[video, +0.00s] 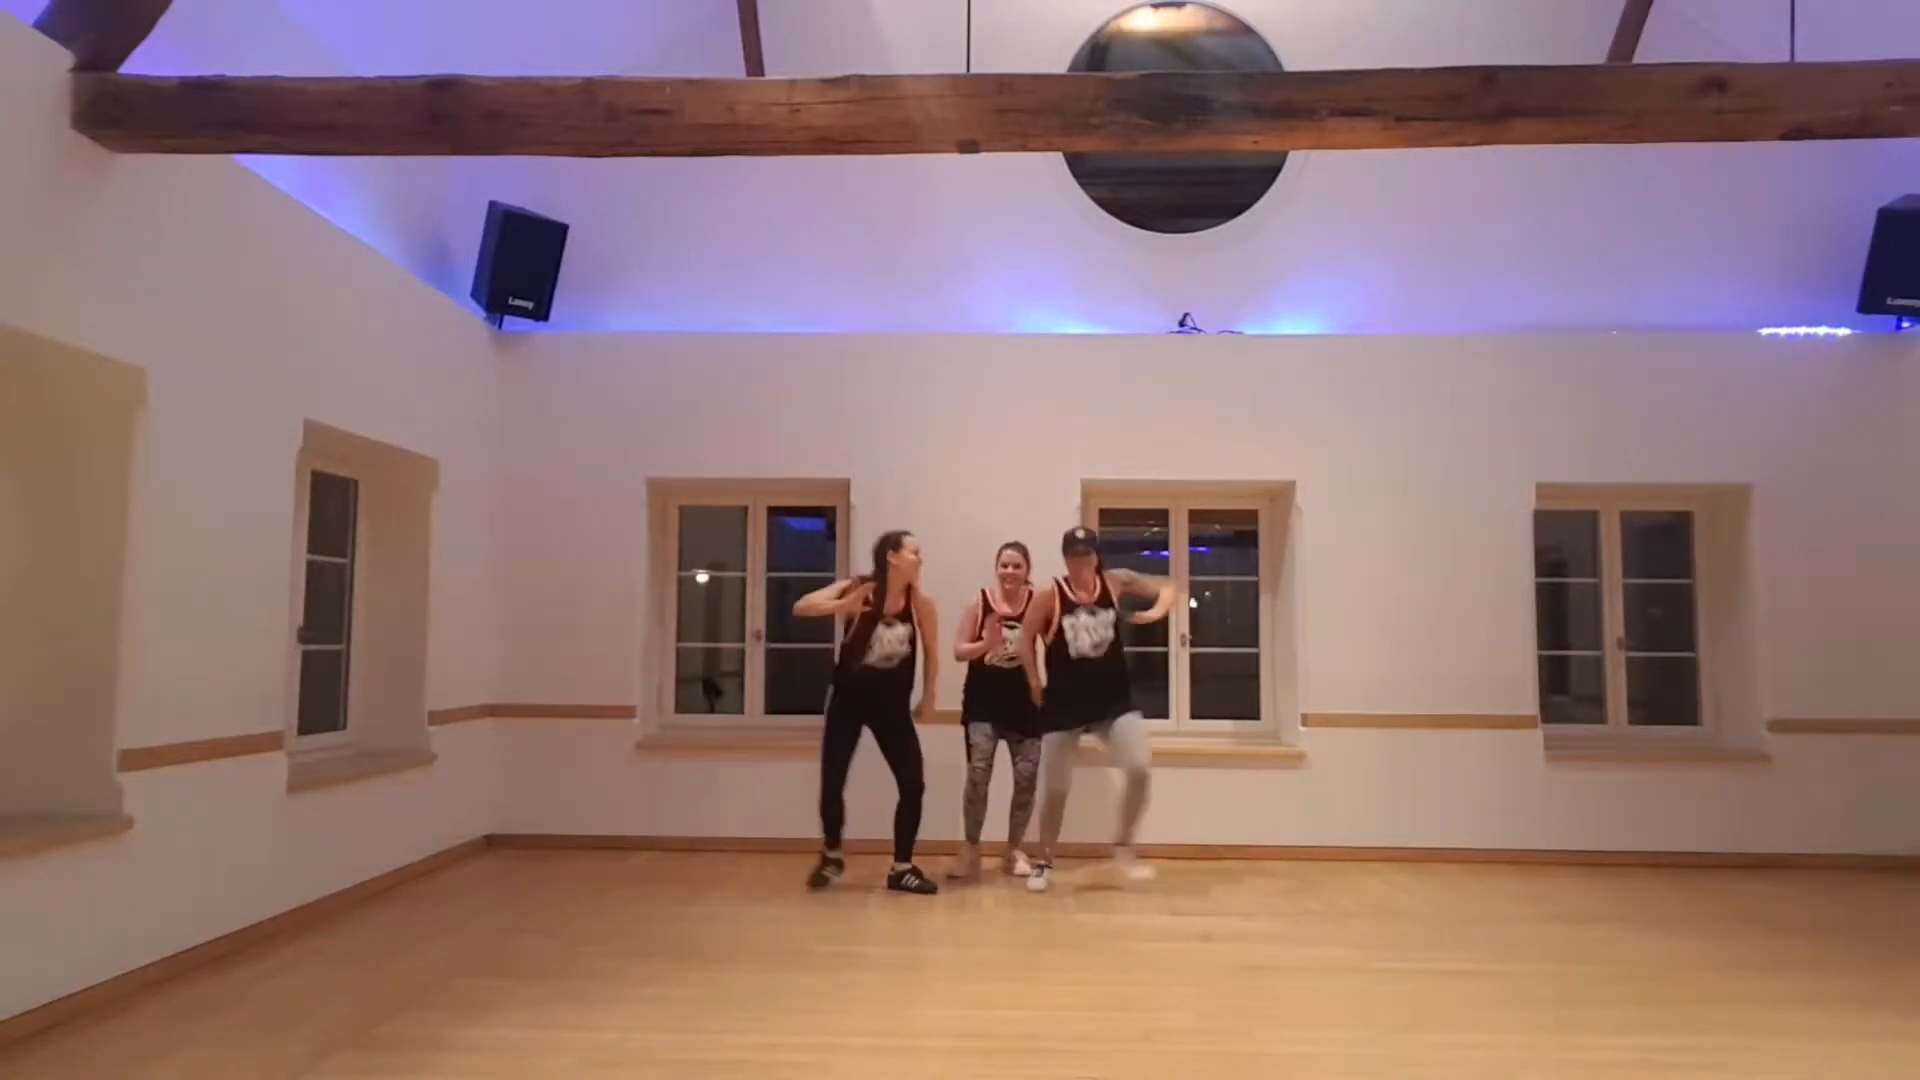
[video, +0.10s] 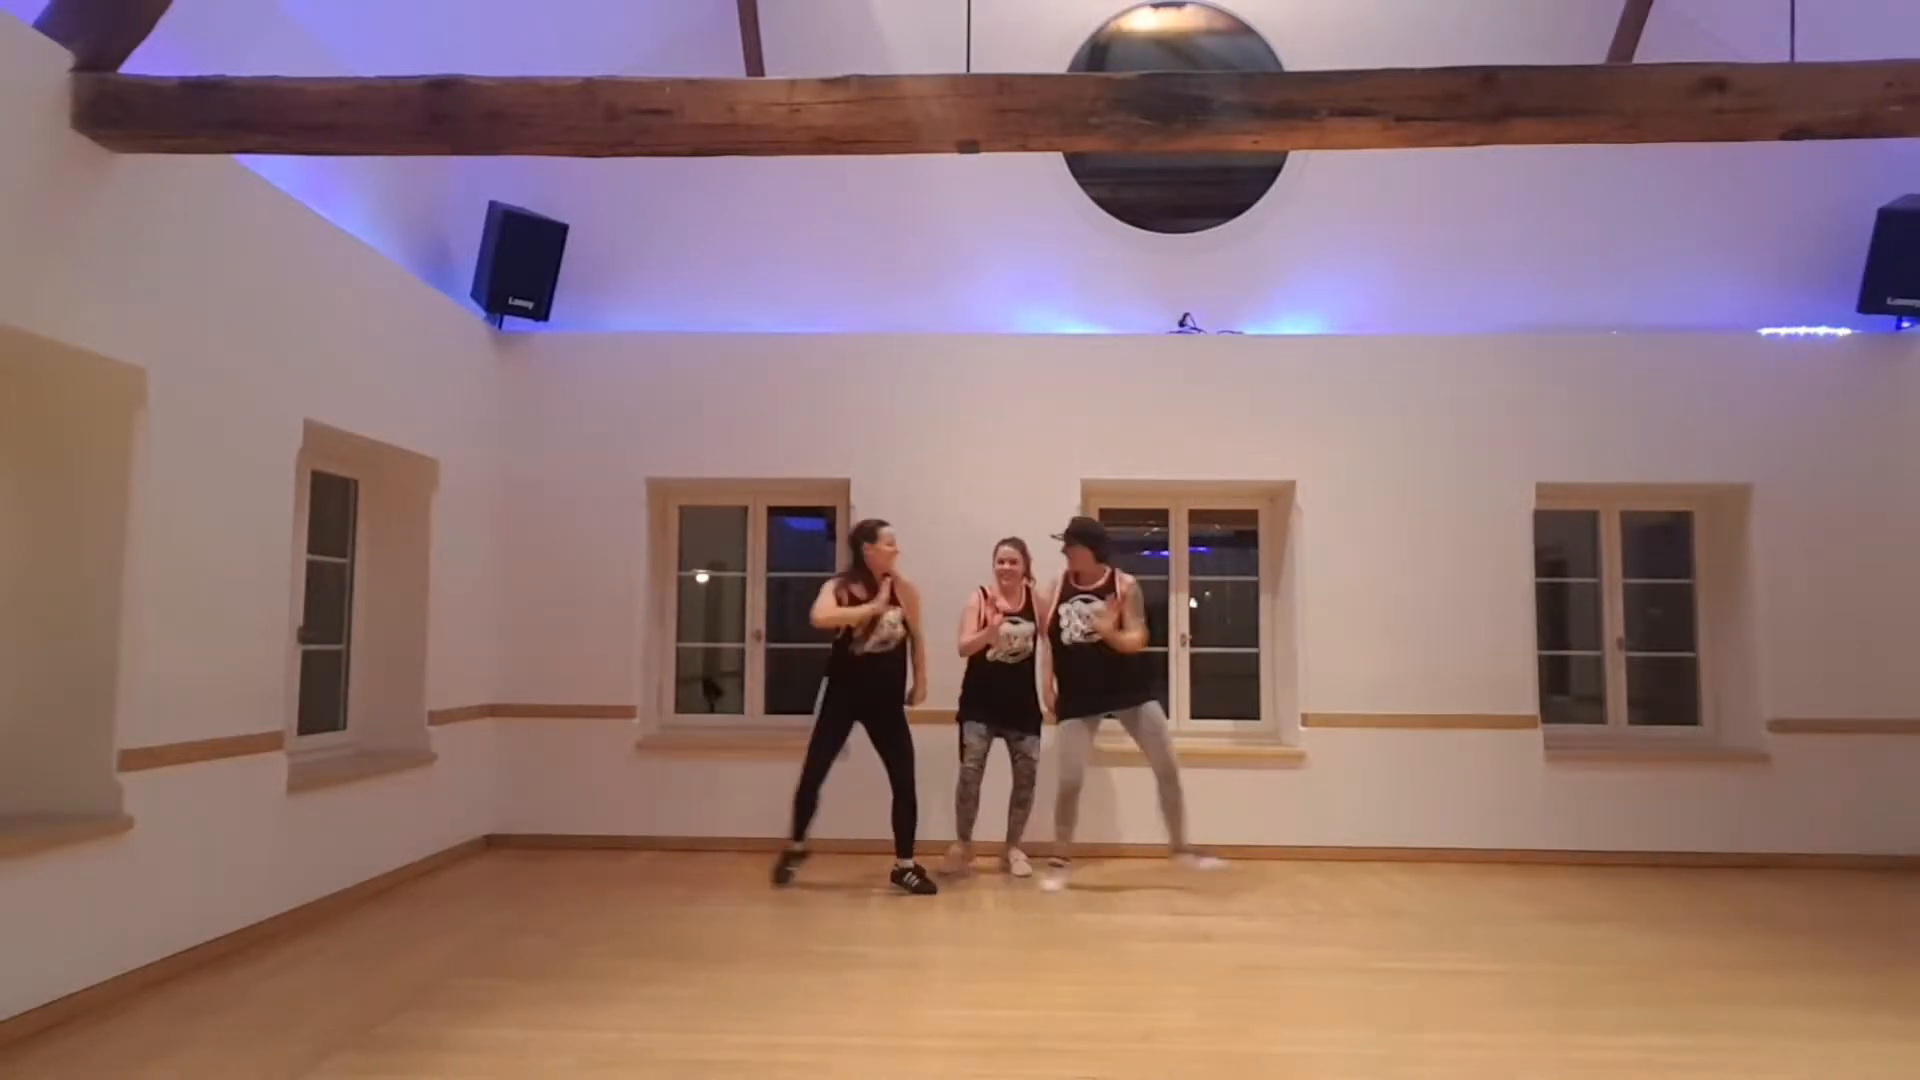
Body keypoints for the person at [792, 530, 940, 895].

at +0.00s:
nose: (920, 558)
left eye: (919, 552)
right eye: (913, 552)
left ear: (900, 559)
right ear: (890, 557)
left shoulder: (921, 604)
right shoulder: (858, 590)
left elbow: (930, 652)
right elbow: (801, 607)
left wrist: (928, 696)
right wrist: (843, 605)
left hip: (891, 702)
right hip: (848, 699)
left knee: (912, 782)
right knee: (831, 782)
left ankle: (902, 867)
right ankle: (832, 858)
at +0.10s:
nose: (895, 549)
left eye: (895, 543)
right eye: (888, 544)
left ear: (887, 551)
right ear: (865, 550)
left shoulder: (903, 590)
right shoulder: (838, 586)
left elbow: (916, 636)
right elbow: (820, 616)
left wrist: (920, 682)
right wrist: (871, 608)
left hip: (885, 698)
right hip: (842, 696)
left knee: (904, 779)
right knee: (813, 772)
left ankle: (905, 864)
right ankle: (795, 846)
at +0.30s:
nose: (845, 581)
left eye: (845, 575)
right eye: (838, 576)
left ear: (844, 581)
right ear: (818, 582)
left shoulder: (853, 617)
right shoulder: (799, 614)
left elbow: (875, 660)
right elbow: (839, 625)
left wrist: (901, 698)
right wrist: (889, 623)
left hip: (868, 722)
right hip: (824, 724)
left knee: (904, 794)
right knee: (780, 800)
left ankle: (911, 868)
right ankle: (736, 862)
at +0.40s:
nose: (824, 588)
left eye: (823, 582)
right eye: (817, 581)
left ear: (820, 588)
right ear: (794, 586)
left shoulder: (829, 621)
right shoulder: (773, 622)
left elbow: (855, 670)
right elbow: (811, 632)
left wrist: (883, 712)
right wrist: (858, 628)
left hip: (844, 725)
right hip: (800, 728)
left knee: (887, 794)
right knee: (758, 803)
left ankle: (909, 869)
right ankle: (735, 865)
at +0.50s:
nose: (803, 575)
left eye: (804, 568)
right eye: (797, 568)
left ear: (801, 572)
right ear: (774, 571)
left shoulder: (815, 604)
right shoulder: (753, 603)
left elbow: (838, 651)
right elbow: (775, 620)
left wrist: (858, 698)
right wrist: (832, 618)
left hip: (820, 714)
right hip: (777, 717)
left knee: (860, 786)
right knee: (748, 797)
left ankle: (898, 861)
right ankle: (734, 865)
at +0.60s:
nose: (791, 557)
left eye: (792, 550)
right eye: (783, 551)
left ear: (792, 554)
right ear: (762, 555)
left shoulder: (806, 587)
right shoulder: (744, 587)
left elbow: (832, 634)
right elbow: (734, 616)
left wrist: (839, 679)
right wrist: (780, 627)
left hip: (803, 697)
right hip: (761, 697)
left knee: (835, 776)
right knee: (742, 784)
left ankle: (861, 852)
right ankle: (733, 863)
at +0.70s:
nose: (766, 547)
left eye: (773, 541)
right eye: (760, 541)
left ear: (784, 549)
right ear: (749, 548)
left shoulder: (801, 586)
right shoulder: (733, 588)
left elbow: (822, 630)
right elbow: (703, 629)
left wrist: (825, 667)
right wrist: (738, 650)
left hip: (790, 695)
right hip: (749, 695)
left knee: (811, 774)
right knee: (737, 783)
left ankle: (815, 853)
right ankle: (731, 862)